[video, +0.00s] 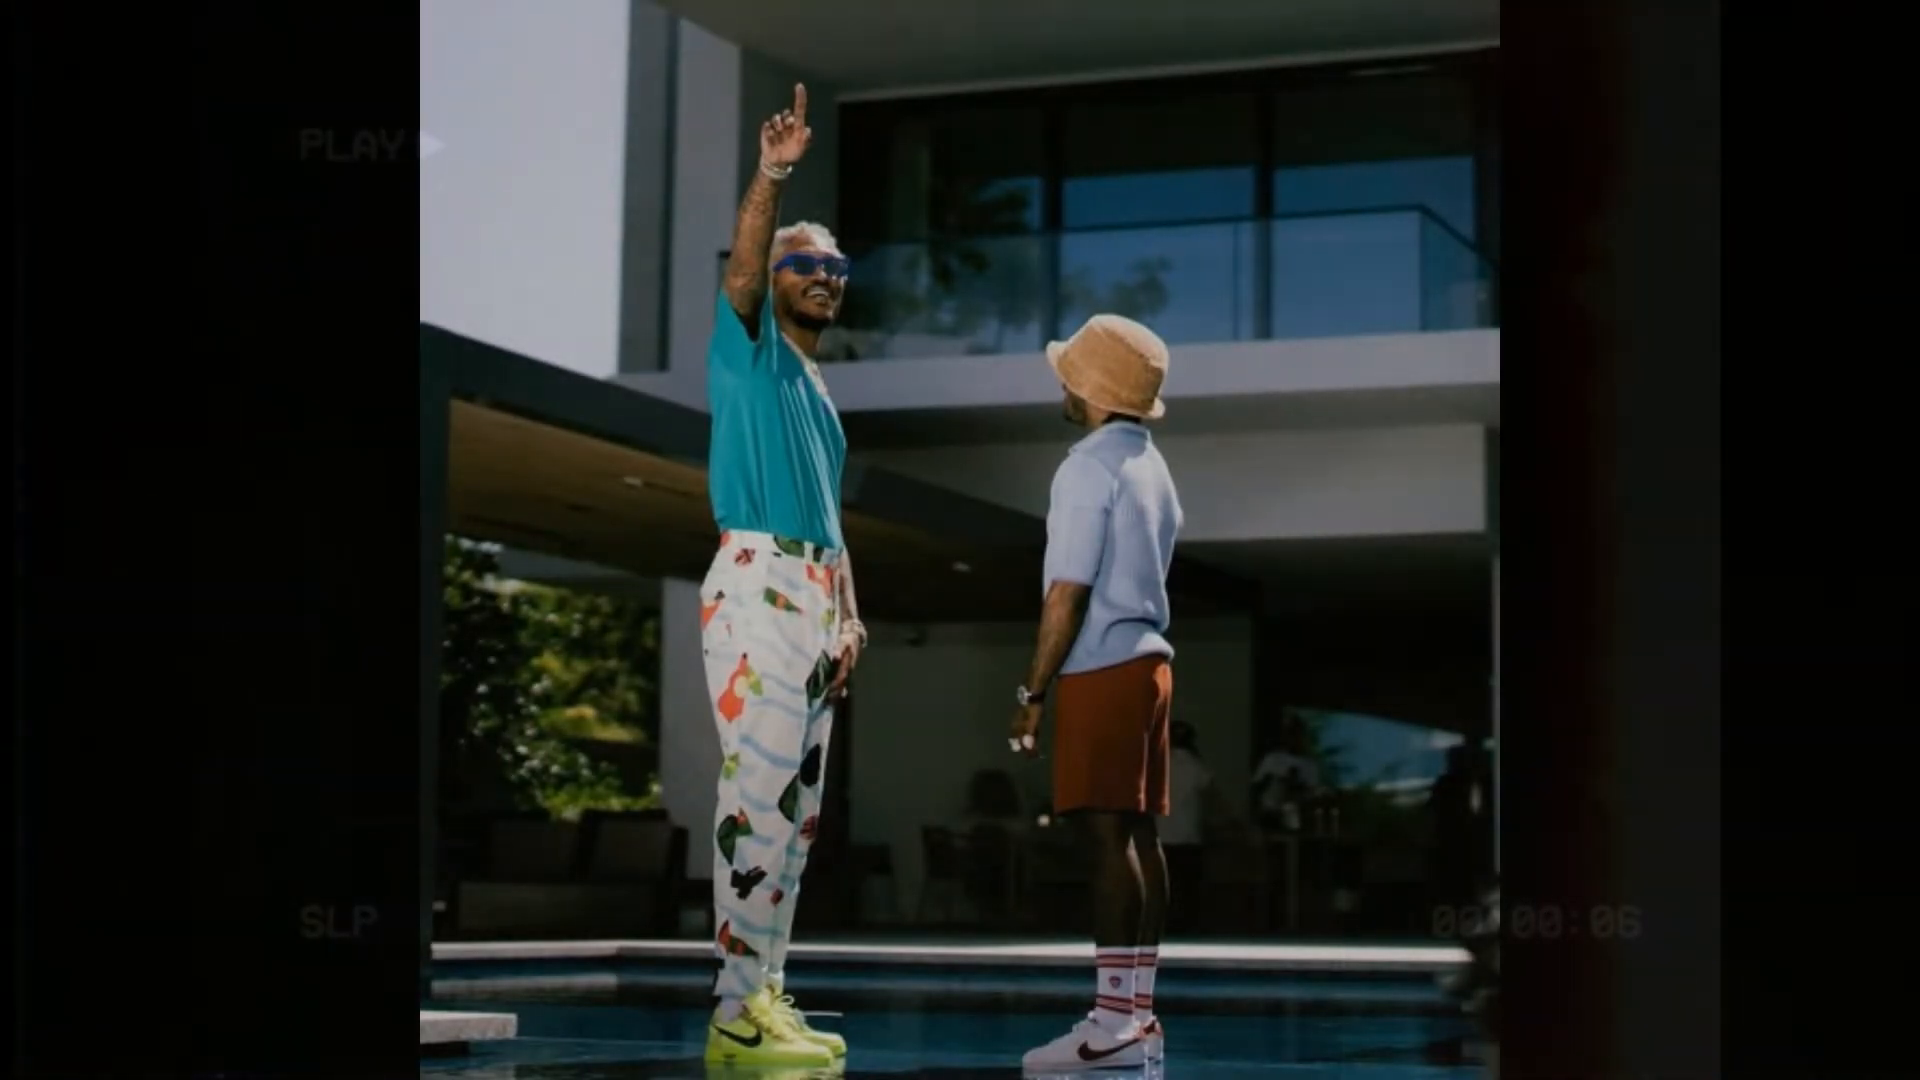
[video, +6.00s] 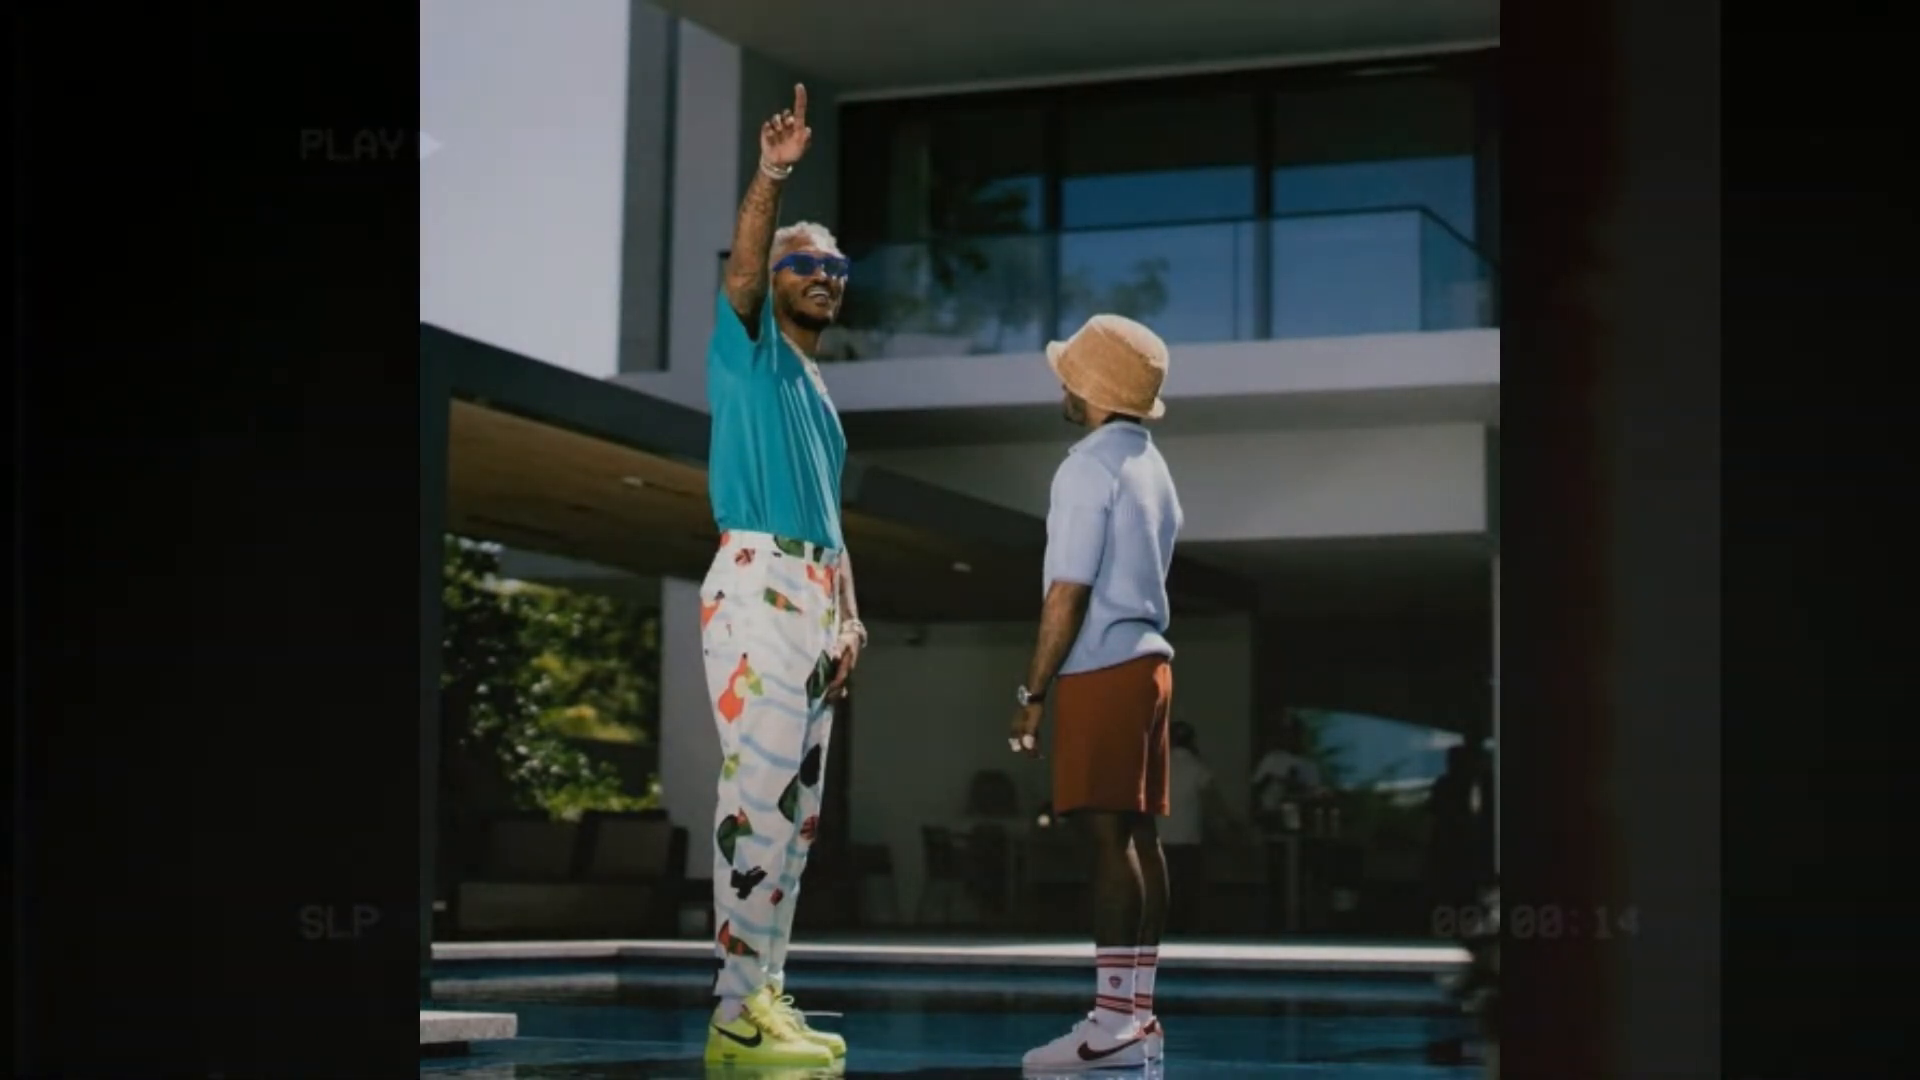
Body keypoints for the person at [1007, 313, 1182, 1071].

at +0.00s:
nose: (1064, 388)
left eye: (1072, 378)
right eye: (1069, 376)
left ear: (1091, 391)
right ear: (1131, 394)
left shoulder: (1088, 468)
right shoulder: (1148, 463)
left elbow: (1067, 595)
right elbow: (1147, 577)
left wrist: (1031, 691)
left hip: (1104, 670)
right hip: (1146, 666)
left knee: (1108, 838)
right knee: (1139, 837)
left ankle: (1116, 1014)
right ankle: (1135, 1011)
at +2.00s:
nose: (1064, 387)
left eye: (1072, 377)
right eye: (1068, 376)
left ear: (1092, 390)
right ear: (1130, 394)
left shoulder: (1088, 468)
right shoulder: (1148, 463)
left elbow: (1067, 594)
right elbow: (1149, 576)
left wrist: (1032, 691)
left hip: (1104, 669)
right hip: (1146, 665)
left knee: (1108, 838)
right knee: (1139, 838)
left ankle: (1116, 1015)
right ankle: (1135, 1012)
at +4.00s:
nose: (1064, 388)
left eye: (1072, 378)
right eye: (1068, 376)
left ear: (1093, 390)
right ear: (1130, 394)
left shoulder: (1088, 468)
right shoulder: (1147, 463)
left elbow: (1068, 594)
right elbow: (1147, 579)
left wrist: (1032, 691)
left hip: (1104, 669)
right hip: (1146, 665)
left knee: (1109, 838)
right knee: (1140, 838)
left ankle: (1116, 1015)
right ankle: (1135, 1012)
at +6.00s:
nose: (1064, 389)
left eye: (1072, 379)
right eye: (1068, 377)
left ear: (1093, 391)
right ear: (1130, 395)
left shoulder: (1088, 468)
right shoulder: (1147, 463)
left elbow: (1067, 595)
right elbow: (1146, 580)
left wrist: (1031, 692)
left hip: (1104, 668)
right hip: (1146, 665)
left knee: (1108, 838)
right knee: (1139, 838)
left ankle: (1115, 1015)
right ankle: (1135, 1012)